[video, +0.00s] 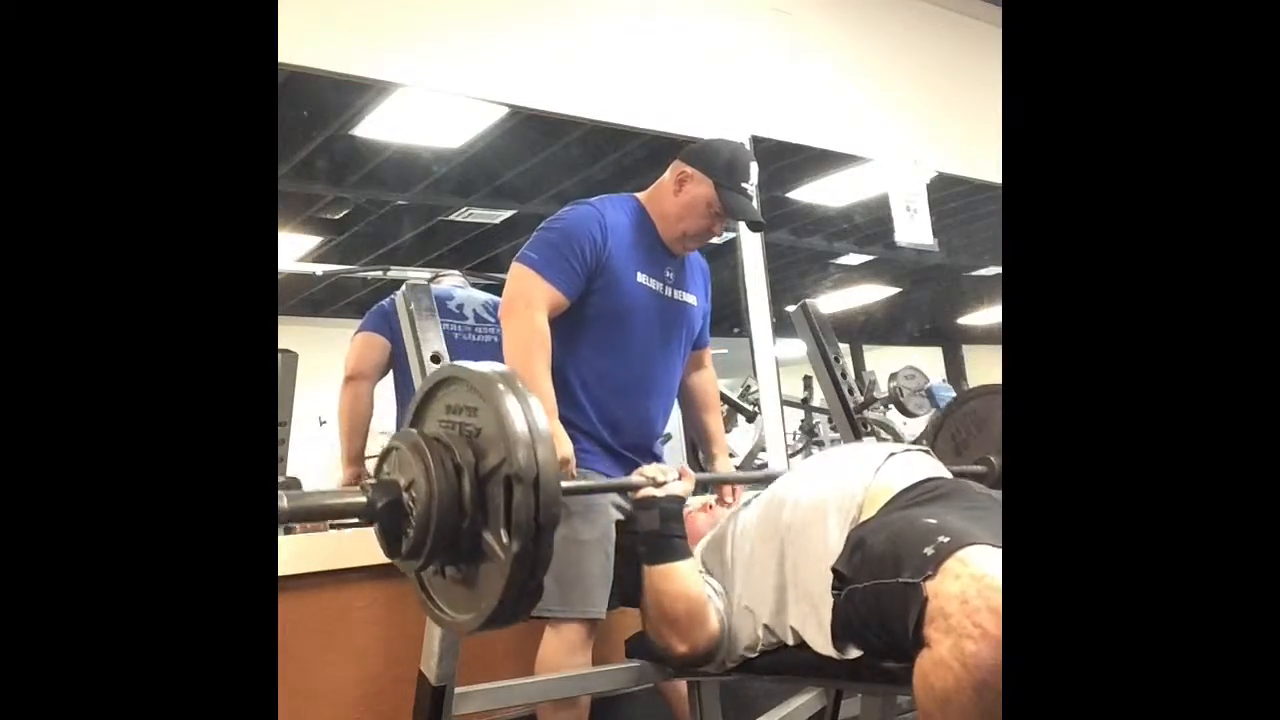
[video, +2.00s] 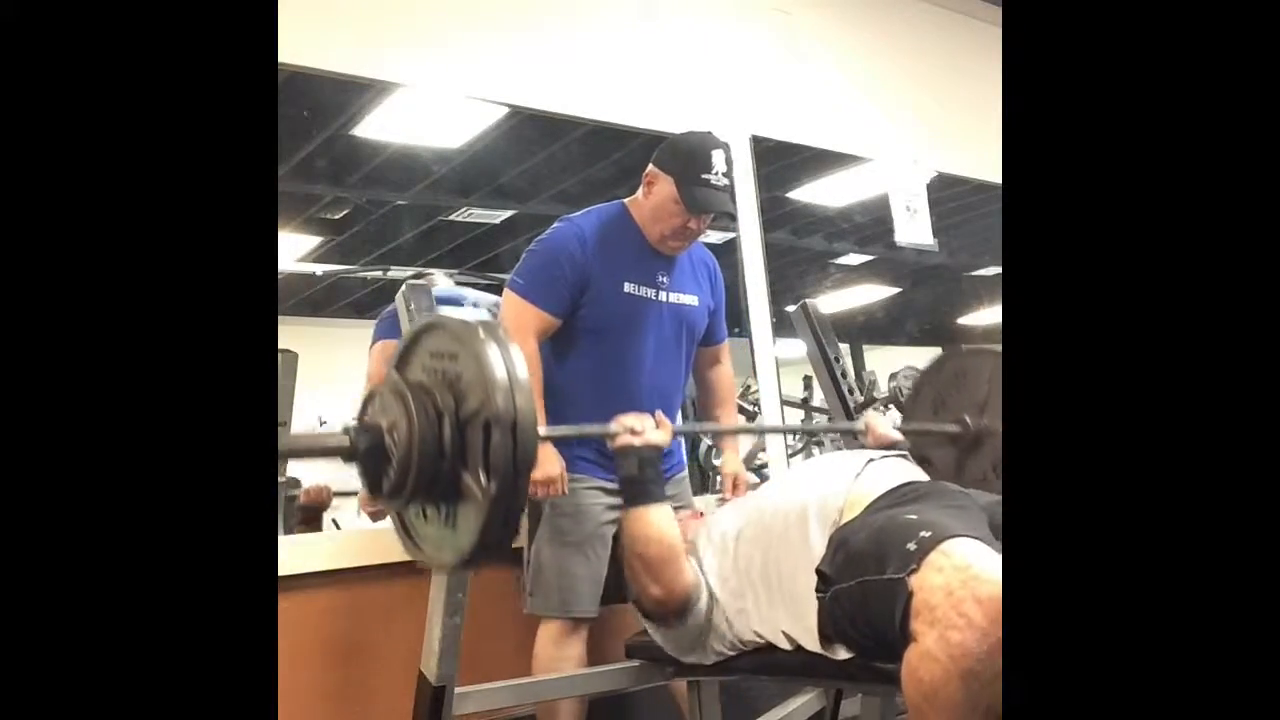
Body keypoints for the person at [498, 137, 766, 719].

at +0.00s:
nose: (720, 229)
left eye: (729, 220)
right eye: (718, 212)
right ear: (680, 179)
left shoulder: (695, 271)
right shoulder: (593, 225)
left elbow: (698, 367)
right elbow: (522, 308)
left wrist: (718, 451)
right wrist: (544, 427)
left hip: (645, 470)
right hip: (575, 463)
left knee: (640, 617)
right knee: (574, 622)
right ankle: (563, 717)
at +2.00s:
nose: (699, 224)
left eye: (709, 215)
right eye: (689, 207)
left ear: (717, 212)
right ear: (651, 182)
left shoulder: (705, 268)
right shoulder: (576, 242)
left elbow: (715, 366)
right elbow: (517, 336)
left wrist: (731, 456)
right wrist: (536, 440)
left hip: (662, 471)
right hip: (580, 469)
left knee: (658, 617)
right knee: (569, 621)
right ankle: (563, 718)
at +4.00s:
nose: (704, 228)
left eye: (713, 218)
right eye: (695, 211)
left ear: (722, 215)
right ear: (656, 187)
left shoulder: (709, 270)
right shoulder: (580, 245)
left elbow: (721, 365)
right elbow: (520, 337)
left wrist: (743, 451)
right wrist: (537, 443)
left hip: (662, 471)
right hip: (580, 467)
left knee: (648, 611)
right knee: (570, 620)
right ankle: (564, 717)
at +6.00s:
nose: (702, 230)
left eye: (712, 220)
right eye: (694, 213)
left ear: (721, 216)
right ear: (655, 187)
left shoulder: (705, 271)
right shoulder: (578, 248)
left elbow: (720, 366)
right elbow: (519, 340)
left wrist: (740, 449)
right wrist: (535, 445)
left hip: (662, 470)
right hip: (580, 469)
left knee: (669, 612)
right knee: (568, 621)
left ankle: (657, 715)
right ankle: (562, 717)